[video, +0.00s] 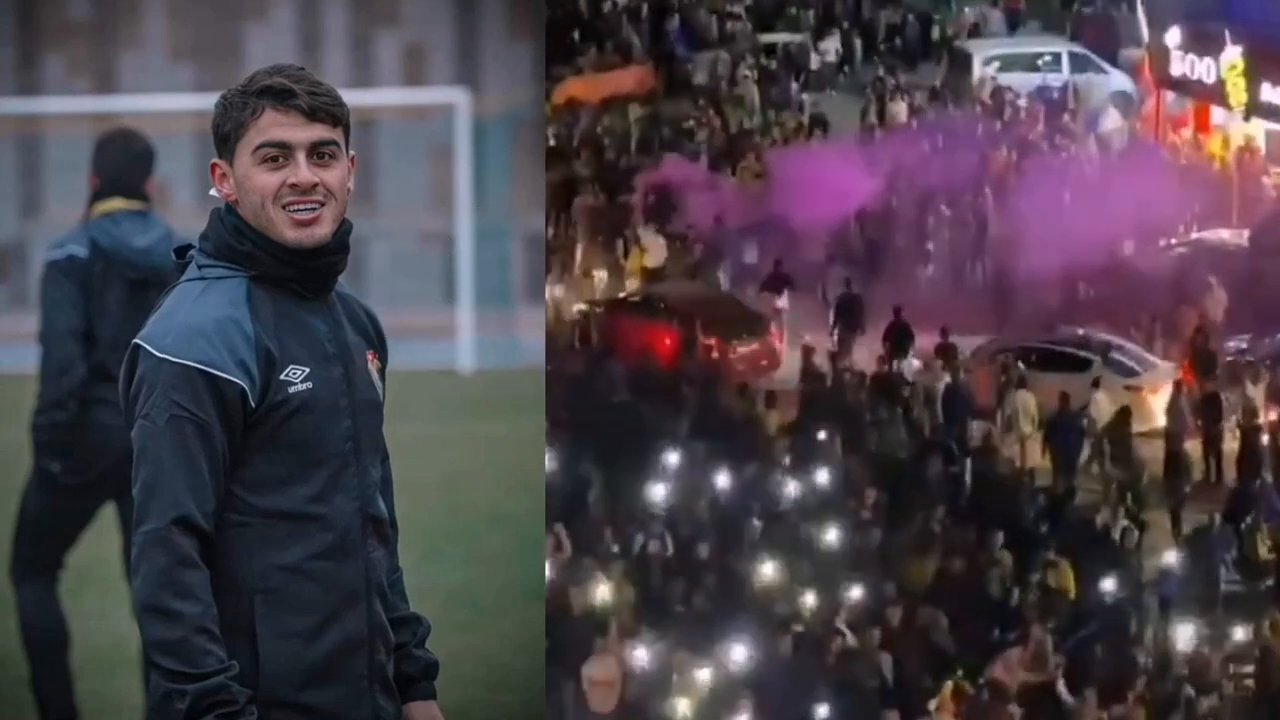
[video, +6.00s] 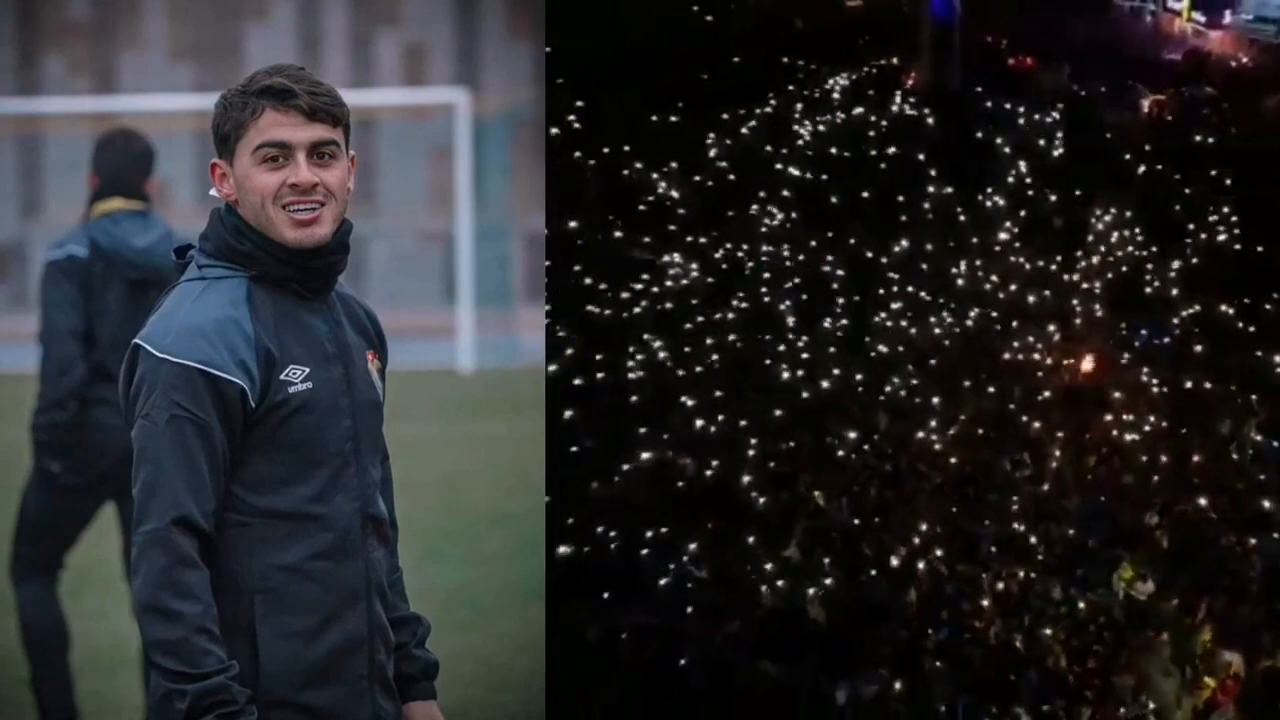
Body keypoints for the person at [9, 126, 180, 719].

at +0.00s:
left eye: (93, 173)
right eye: (150, 178)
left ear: (94, 180)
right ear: (152, 185)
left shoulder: (73, 253)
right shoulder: (178, 254)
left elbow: (65, 362)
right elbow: (190, 351)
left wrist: (51, 440)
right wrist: (174, 428)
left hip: (88, 448)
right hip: (158, 447)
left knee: (34, 569)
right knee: (156, 580)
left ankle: (57, 709)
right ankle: (167, 706)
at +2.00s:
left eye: (93, 173)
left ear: (94, 180)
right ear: (152, 185)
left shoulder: (74, 253)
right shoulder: (178, 254)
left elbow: (65, 361)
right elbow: (190, 351)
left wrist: (51, 438)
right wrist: (174, 427)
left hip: (88, 447)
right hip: (158, 446)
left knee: (34, 569)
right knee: (157, 580)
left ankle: (57, 708)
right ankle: (167, 705)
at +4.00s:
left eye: (92, 173)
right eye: (150, 178)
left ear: (94, 180)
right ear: (152, 185)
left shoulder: (73, 254)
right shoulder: (178, 255)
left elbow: (65, 363)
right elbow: (191, 352)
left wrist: (51, 442)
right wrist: (175, 429)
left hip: (87, 449)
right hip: (158, 448)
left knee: (34, 570)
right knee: (157, 580)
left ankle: (57, 707)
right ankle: (167, 704)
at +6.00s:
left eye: (92, 174)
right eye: (150, 178)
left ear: (94, 180)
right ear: (152, 185)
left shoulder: (73, 254)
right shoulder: (178, 255)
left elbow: (65, 363)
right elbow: (190, 351)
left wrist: (51, 441)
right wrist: (175, 428)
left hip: (87, 448)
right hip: (158, 447)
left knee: (33, 569)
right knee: (157, 580)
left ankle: (56, 707)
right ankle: (167, 704)